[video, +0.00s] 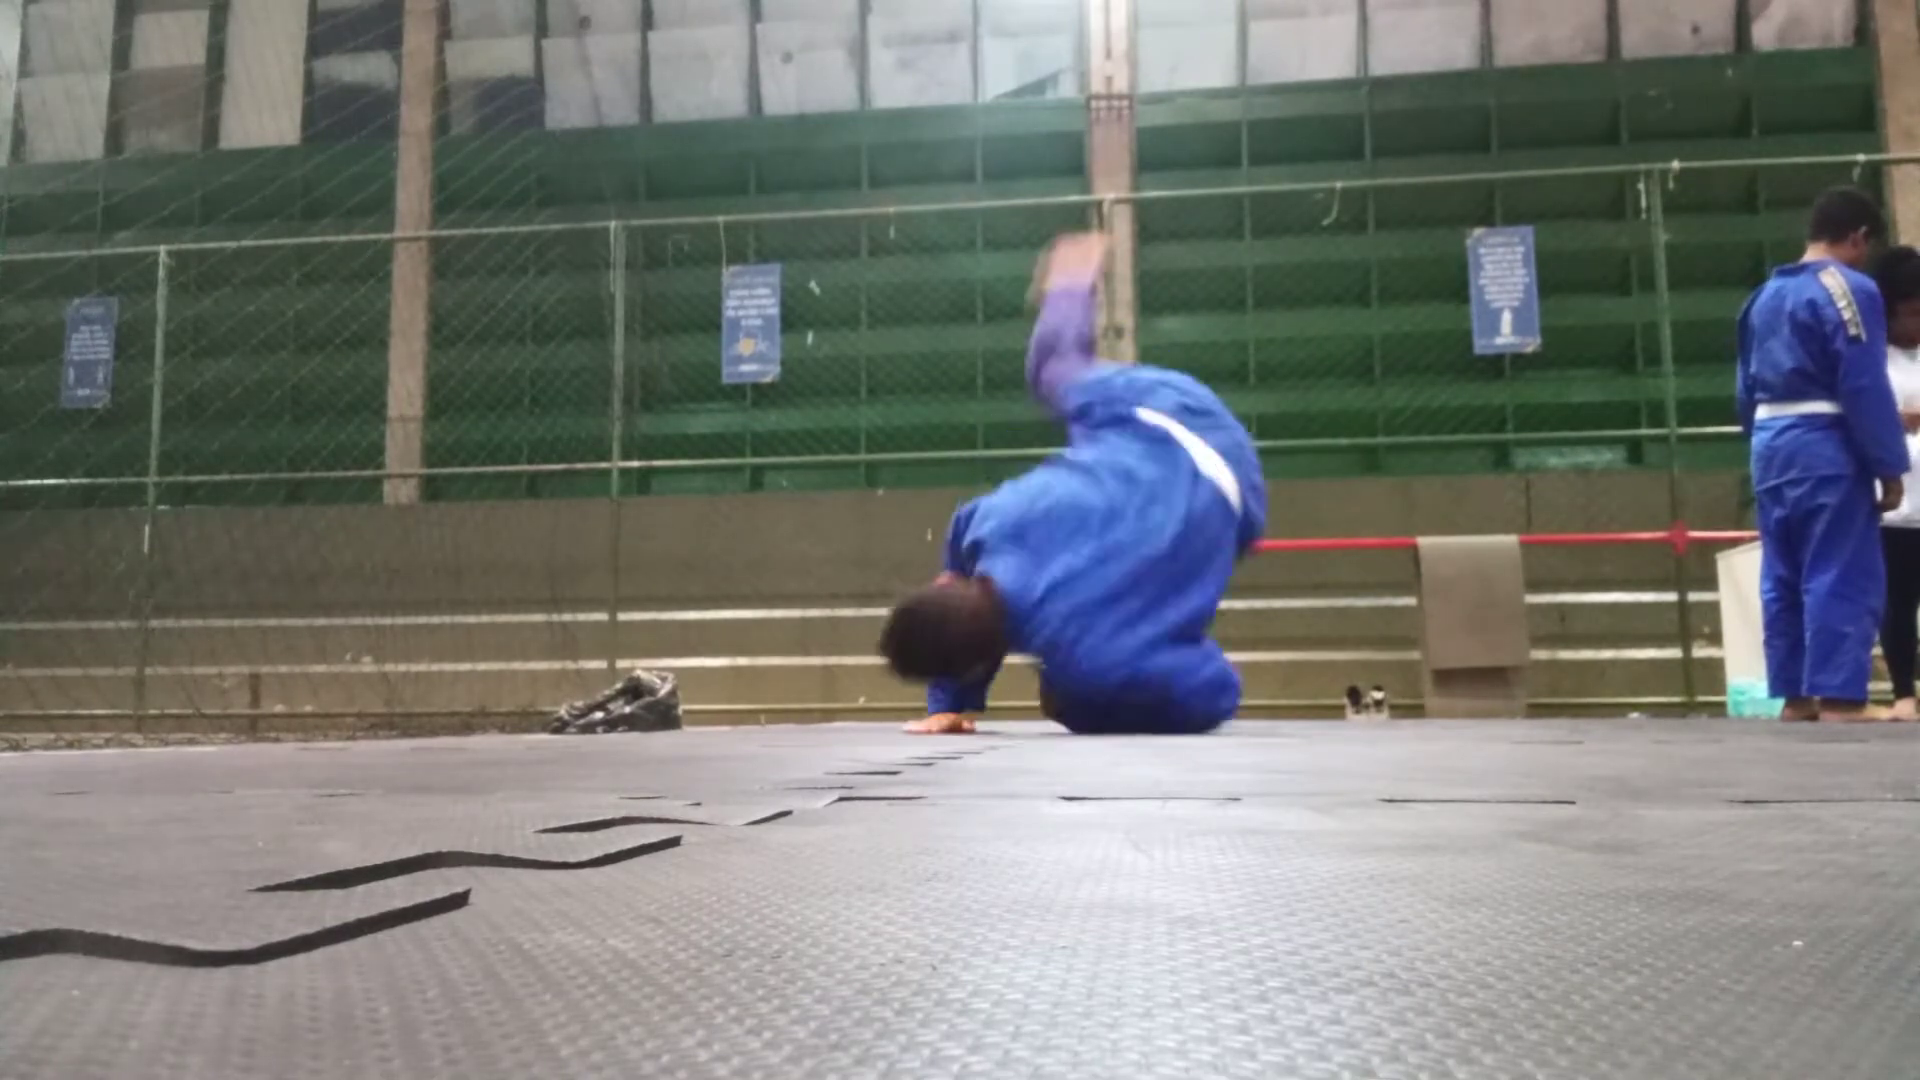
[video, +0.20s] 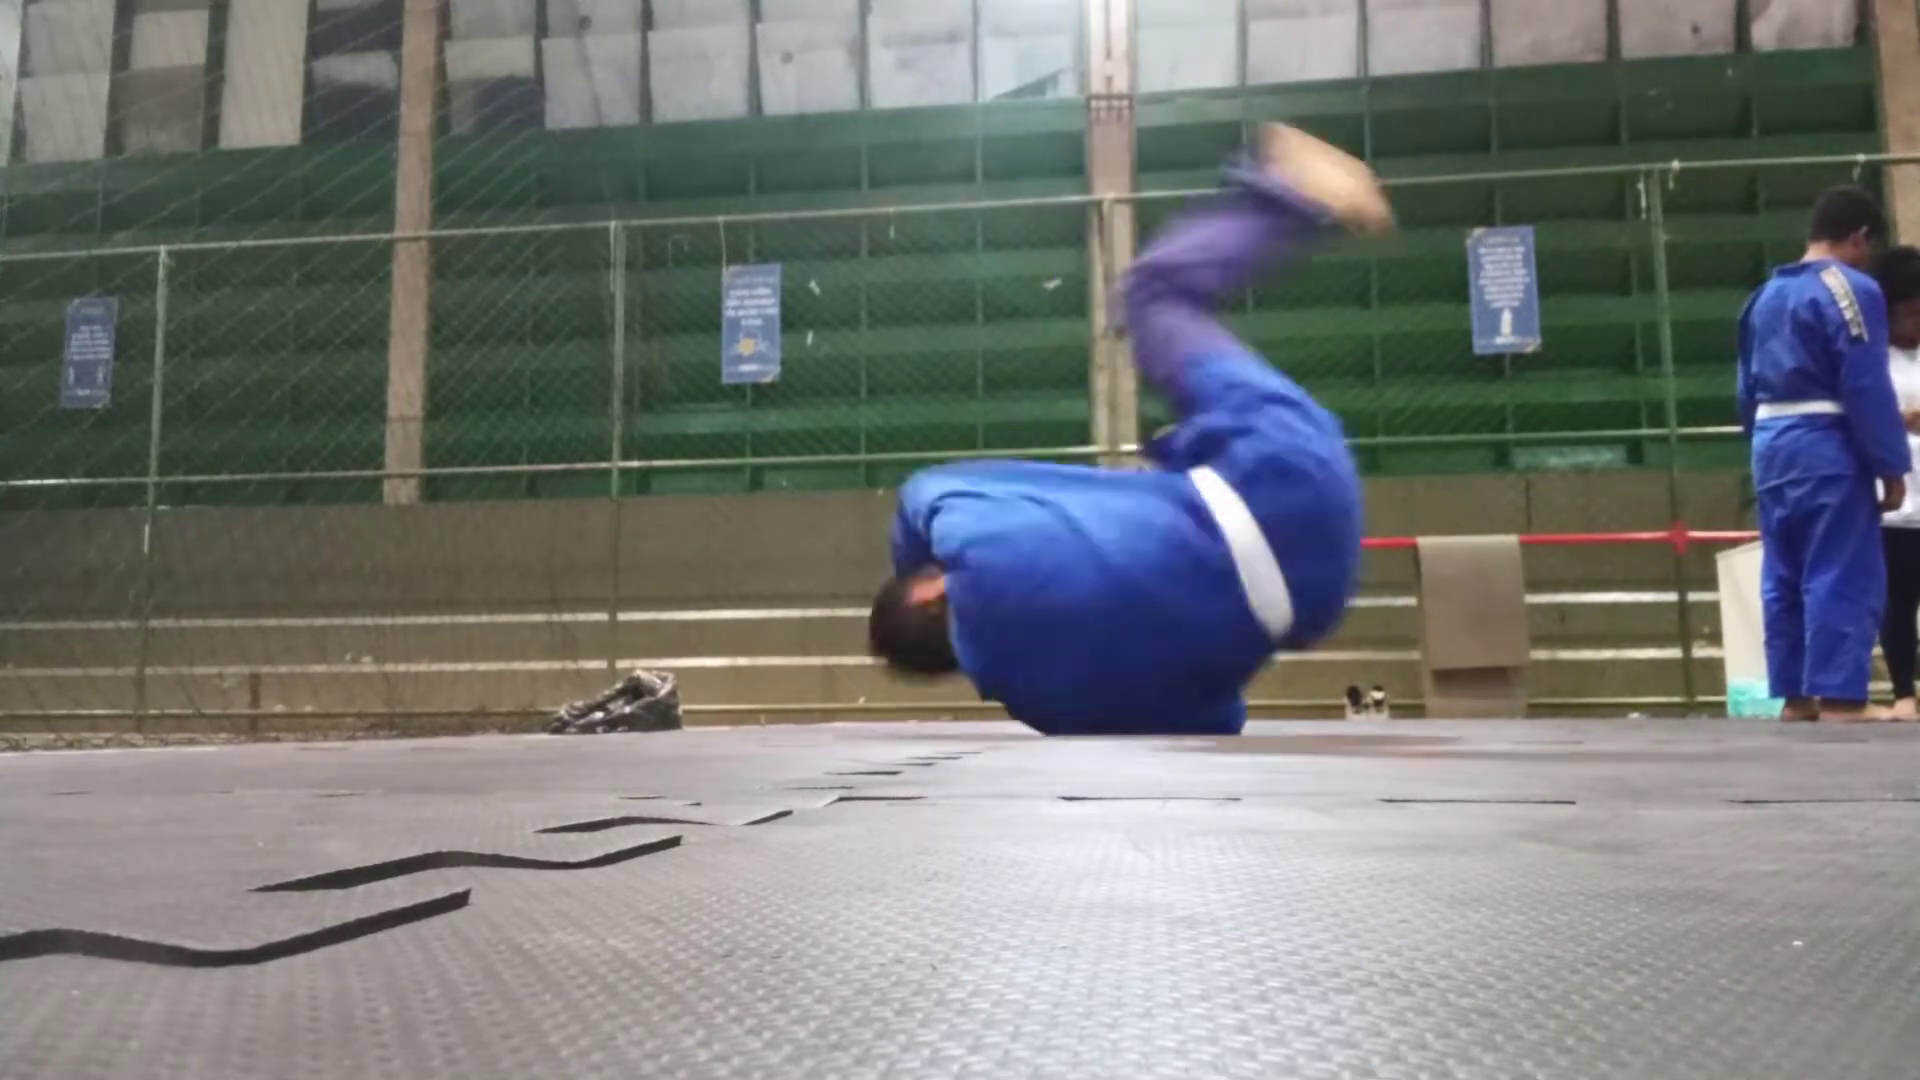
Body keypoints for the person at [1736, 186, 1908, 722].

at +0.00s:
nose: (1868, 252)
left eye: (1869, 244)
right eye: (1868, 243)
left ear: (1813, 233)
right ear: (1856, 236)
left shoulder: (1765, 294)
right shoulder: (1850, 290)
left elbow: (1748, 390)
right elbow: (1864, 387)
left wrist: (1767, 441)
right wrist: (1891, 468)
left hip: (1768, 440)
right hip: (1824, 439)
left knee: (1784, 574)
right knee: (1842, 571)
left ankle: (1795, 697)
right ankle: (1840, 699)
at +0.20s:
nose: (1870, 253)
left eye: (1871, 244)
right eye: (1870, 243)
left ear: (1814, 233)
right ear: (1857, 236)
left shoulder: (1766, 294)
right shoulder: (1852, 290)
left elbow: (1748, 390)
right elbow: (1866, 387)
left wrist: (1766, 442)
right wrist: (1892, 467)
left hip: (1769, 439)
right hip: (1826, 439)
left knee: (1785, 574)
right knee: (1842, 571)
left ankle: (1796, 696)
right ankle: (1840, 698)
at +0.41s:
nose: (1872, 256)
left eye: (1873, 246)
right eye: (1872, 245)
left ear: (1815, 234)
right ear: (1858, 236)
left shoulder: (1765, 296)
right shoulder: (1852, 288)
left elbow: (1748, 390)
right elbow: (1867, 386)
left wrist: (1767, 442)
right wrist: (1893, 465)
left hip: (1769, 444)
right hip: (1827, 442)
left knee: (1785, 569)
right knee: (1852, 565)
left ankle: (1794, 696)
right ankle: (1839, 696)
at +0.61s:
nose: (1876, 260)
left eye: (1877, 248)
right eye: (1876, 247)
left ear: (1813, 233)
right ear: (1861, 235)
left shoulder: (1767, 294)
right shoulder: (1858, 290)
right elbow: (1884, 391)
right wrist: (1896, 471)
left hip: (1775, 471)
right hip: (1837, 469)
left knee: (1783, 598)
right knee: (1842, 597)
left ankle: (1786, 710)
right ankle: (1834, 713)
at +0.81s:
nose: (1872, 260)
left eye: (1874, 250)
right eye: (1873, 248)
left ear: (1814, 234)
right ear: (1860, 238)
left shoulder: (1763, 298)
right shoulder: (1853, 292)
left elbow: (1746, 388)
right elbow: (1872, 394)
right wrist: (1884, 473)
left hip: (1777, 469)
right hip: (1836, 471)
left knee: (1787, 579)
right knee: (1846, 586)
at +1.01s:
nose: (1872, 259)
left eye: (1875, 250)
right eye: (1874, 248)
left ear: (1815, 233)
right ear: (1859, 239)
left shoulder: (1762, 300)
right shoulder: (1858, 293)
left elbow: (1750, 388)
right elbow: (1875, 393)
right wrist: (1891, 474)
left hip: (1776, 471)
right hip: (1836, 472)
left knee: (1779, 594)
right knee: (1843, 596)